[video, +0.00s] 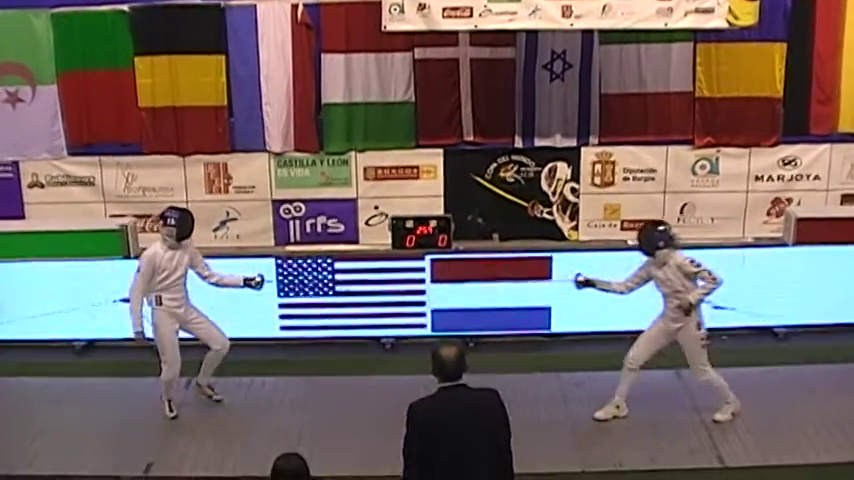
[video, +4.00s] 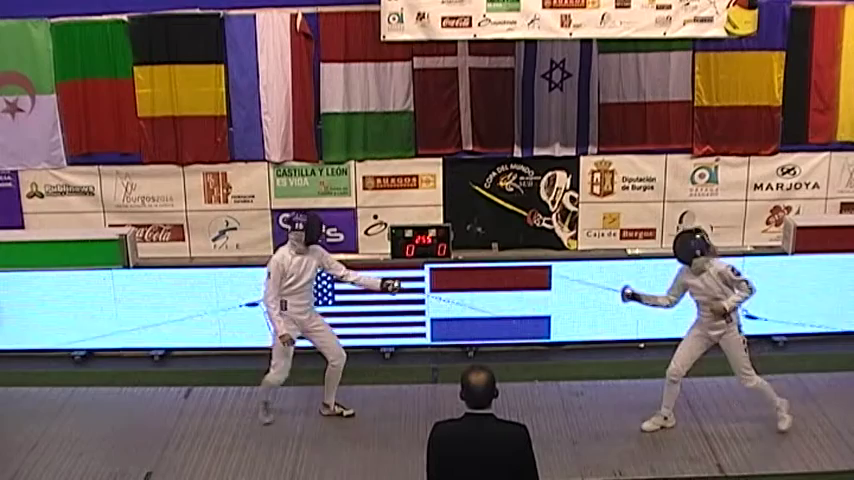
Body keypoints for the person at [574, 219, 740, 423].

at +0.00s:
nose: (649, 255)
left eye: (651, 250)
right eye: (648, 251)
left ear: (661, 246)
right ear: (652, 249)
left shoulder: (680, 262)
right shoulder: (651, 267)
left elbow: (712, 281)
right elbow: (624, 287)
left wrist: (692, 300)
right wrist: (592, 284)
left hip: (689, 323)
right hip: (666, 321)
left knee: (702, 372)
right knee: (632, 360)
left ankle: (732, 403)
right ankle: (618, 405)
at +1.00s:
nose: (674, 276)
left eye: (676, 270)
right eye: (669, 273)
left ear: (683, 262)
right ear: (665, 270)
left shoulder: (701, 271)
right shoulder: (668, 283)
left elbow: (737, 273)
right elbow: (643, 308)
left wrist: (725, 300)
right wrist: (610, 302)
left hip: (722, 330)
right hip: (695, 332)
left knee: (734, 384)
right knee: (664, 376)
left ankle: (745, 421)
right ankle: (641, 420)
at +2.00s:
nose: (710, 272)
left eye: (711, 267)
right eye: (706, 268)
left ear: (718, 262)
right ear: (703, 267)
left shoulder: (736, 273)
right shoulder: (701, 281)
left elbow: (769, 285)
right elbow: (673, 300)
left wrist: (753, 306)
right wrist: (639, 296)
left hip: (752, 333)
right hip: (725, 333)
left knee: (770, 382)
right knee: (692, 374)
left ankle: (793, 417)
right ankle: (668, 416)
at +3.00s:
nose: (713, 280)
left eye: (713, 275)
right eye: (710, 276)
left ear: (720, 269)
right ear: (707, 274)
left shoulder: (740, 281)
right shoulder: (704, 289)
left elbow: (763, 299)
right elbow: (691, 316)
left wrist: (751, 320)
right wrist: (659, 315)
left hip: (751, 339)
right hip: (723, 338)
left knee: (769, 390)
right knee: (687, 374)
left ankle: (799, 411)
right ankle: (678, 415)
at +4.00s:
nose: (692, 265)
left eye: (694, 260)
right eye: (689, 262)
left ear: (703, 254)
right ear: (687, 259)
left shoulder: (721, 269)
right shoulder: (685, 274)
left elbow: (748, 289)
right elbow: (669, 300)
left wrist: (728, 305)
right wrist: (637, 297)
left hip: (728, 330)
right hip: (702, 329)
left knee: (748, 379)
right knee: (674, 372)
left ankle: (780, 406)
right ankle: (665, 416)